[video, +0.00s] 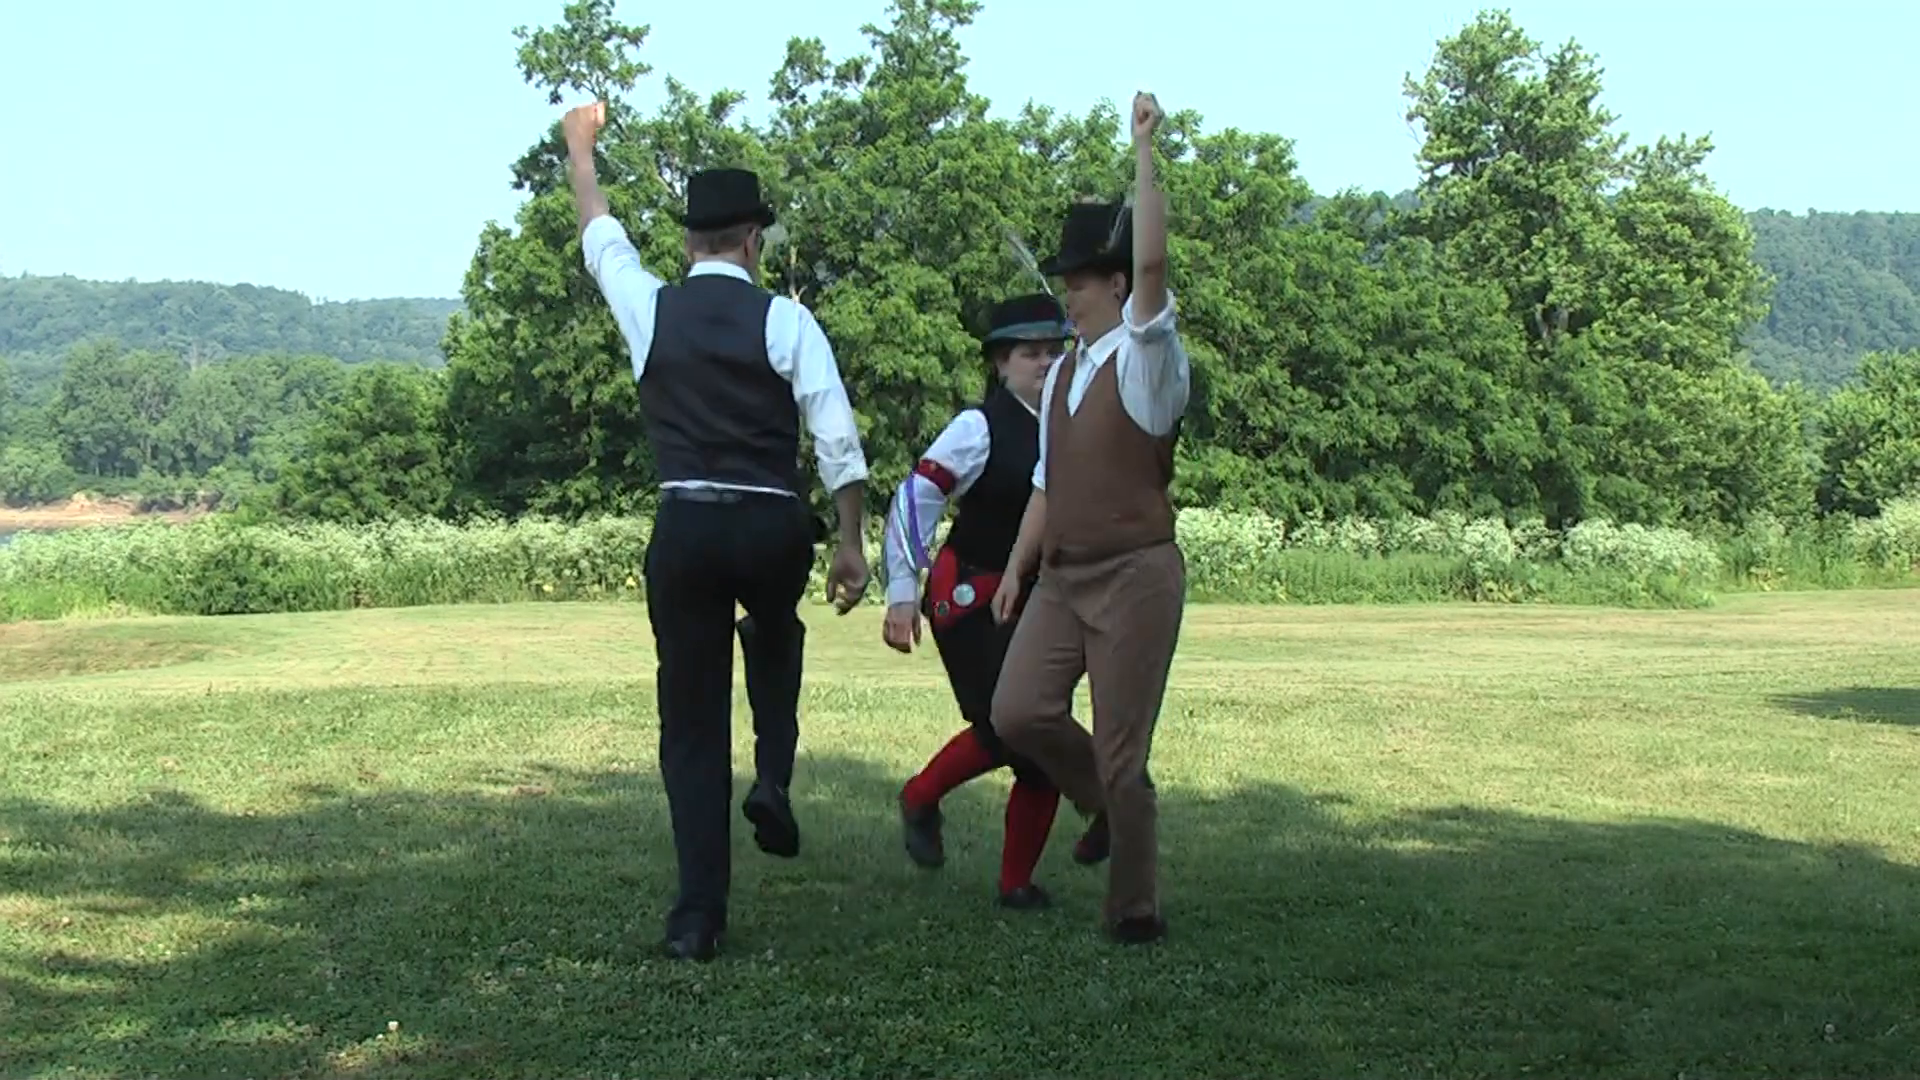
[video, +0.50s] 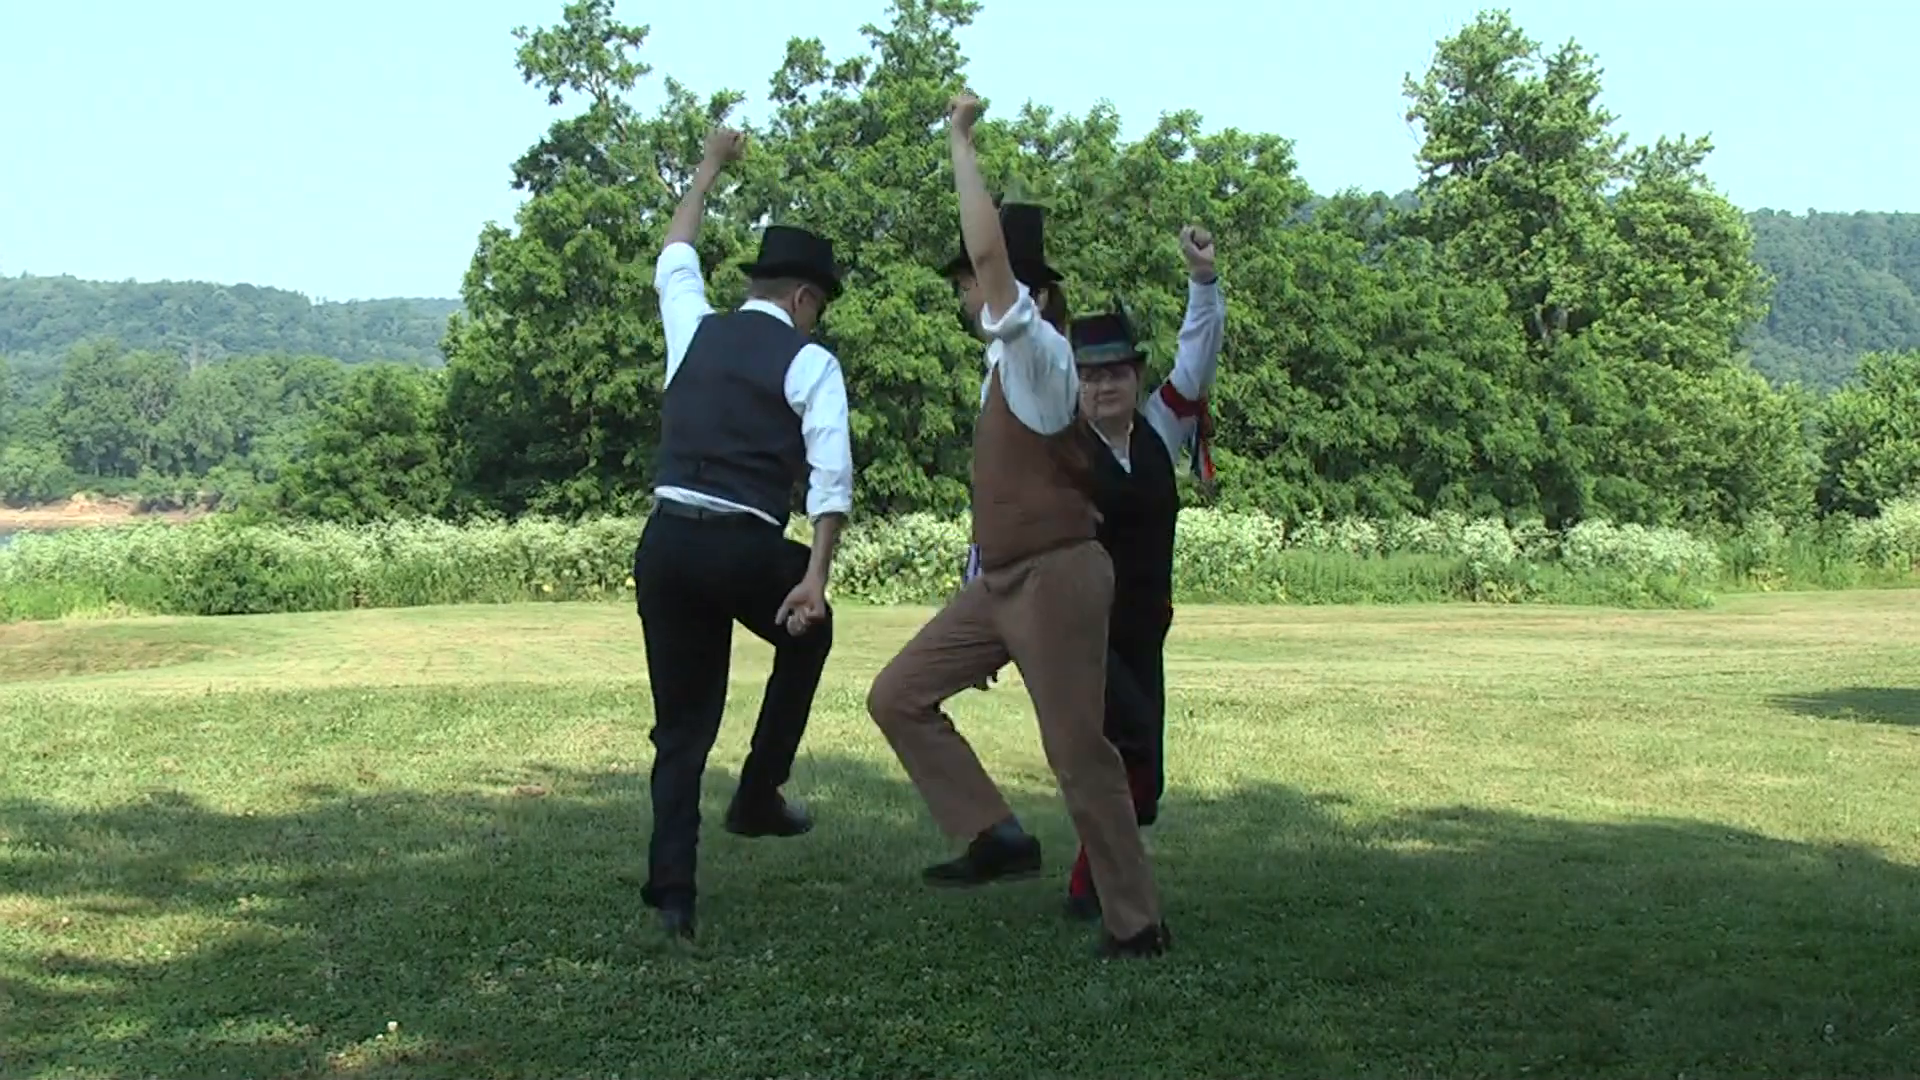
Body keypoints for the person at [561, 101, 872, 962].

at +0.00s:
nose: (761, 244)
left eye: (752, 234)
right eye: (761, 234)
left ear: (689, 241)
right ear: (751, 239)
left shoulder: (651, 308)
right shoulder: (789, 321)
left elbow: (599, 232)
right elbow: (836, 433)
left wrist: (579, 152)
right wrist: (852, 536)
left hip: (684, 529)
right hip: (775, 528)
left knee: (692, 722)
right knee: (773, 628)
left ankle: (697, 917)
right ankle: (771, 784)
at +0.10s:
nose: (767, 223)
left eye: (759, 213)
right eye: (768, 214)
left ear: (695, 214)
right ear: (757, 215)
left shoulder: (650, 276)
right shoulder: (784, 292)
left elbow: (610, 196)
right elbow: (826, 404)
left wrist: (606, 113)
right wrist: (837, 506)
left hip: (678, 498)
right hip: (765, 494)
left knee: (691, 688)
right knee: (782, 579)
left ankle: (687, 885)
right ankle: (757, 739)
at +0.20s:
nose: (773, 231)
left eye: (766, 222)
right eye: (773, 222)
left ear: (699, 222)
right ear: (763, 225)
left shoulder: (653, 282)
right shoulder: (783, 297)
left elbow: (614, 195)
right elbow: (820, 408)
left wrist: (630, 109)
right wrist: (827, 514)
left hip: (676, 500)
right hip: (761, 496)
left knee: (685, 684)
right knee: (774, 571)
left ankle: (677, 888)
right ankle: (751, 733)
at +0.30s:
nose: (780, 273)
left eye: (777, 261)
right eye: (779, 261)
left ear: (707, 258)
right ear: (765, 263)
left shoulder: (658, 311)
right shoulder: (783, 332)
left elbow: (625, 225)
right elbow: (819, 442)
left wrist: (652, 137)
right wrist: (819, 548)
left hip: (669, 531)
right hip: (756, 533)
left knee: (680, 720)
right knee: (785, 603)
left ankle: (674, 891)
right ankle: (748, 756)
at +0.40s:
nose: (795, 307)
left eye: (792, 294)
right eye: (794, 294)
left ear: (724, 281)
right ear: (780, 290)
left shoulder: (671, 328)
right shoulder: (793, 355)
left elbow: (645, 244)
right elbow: (824, 466)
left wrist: (675, 164)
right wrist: (815, 568)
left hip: (663, 546)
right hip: (747, 550)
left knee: (681, 725)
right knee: (798, 608)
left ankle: (677, 901)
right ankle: (752, 784)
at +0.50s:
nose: (819, 316)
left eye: (818, 303)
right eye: (819, 302)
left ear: (753, 285)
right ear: (802, 297)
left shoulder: (694, 328)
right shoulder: (811, 361)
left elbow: (676, 250)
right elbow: (830, 473)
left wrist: (710, 164)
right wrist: (816, 570)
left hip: (665, 541)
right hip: (745, 548)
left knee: (681, 724)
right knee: (809, 631)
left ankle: (672, 897)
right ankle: (758, 797)